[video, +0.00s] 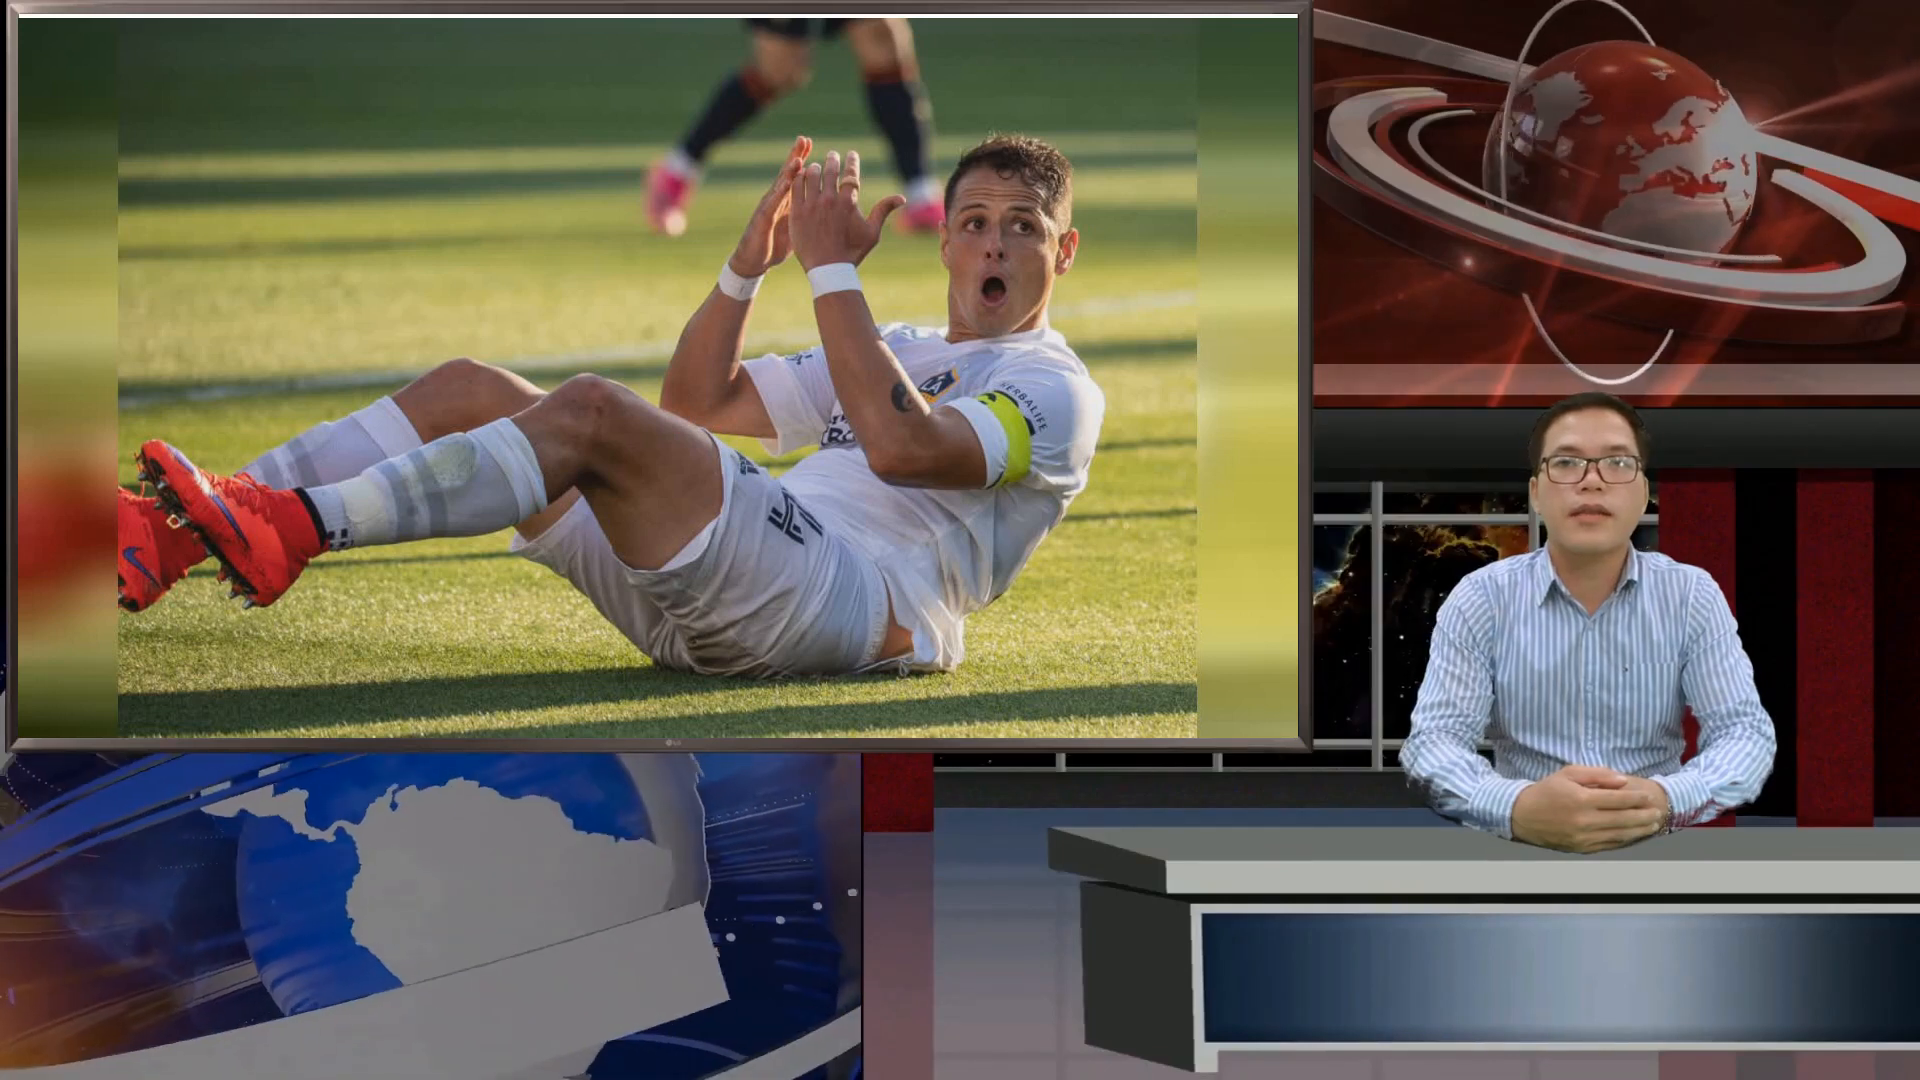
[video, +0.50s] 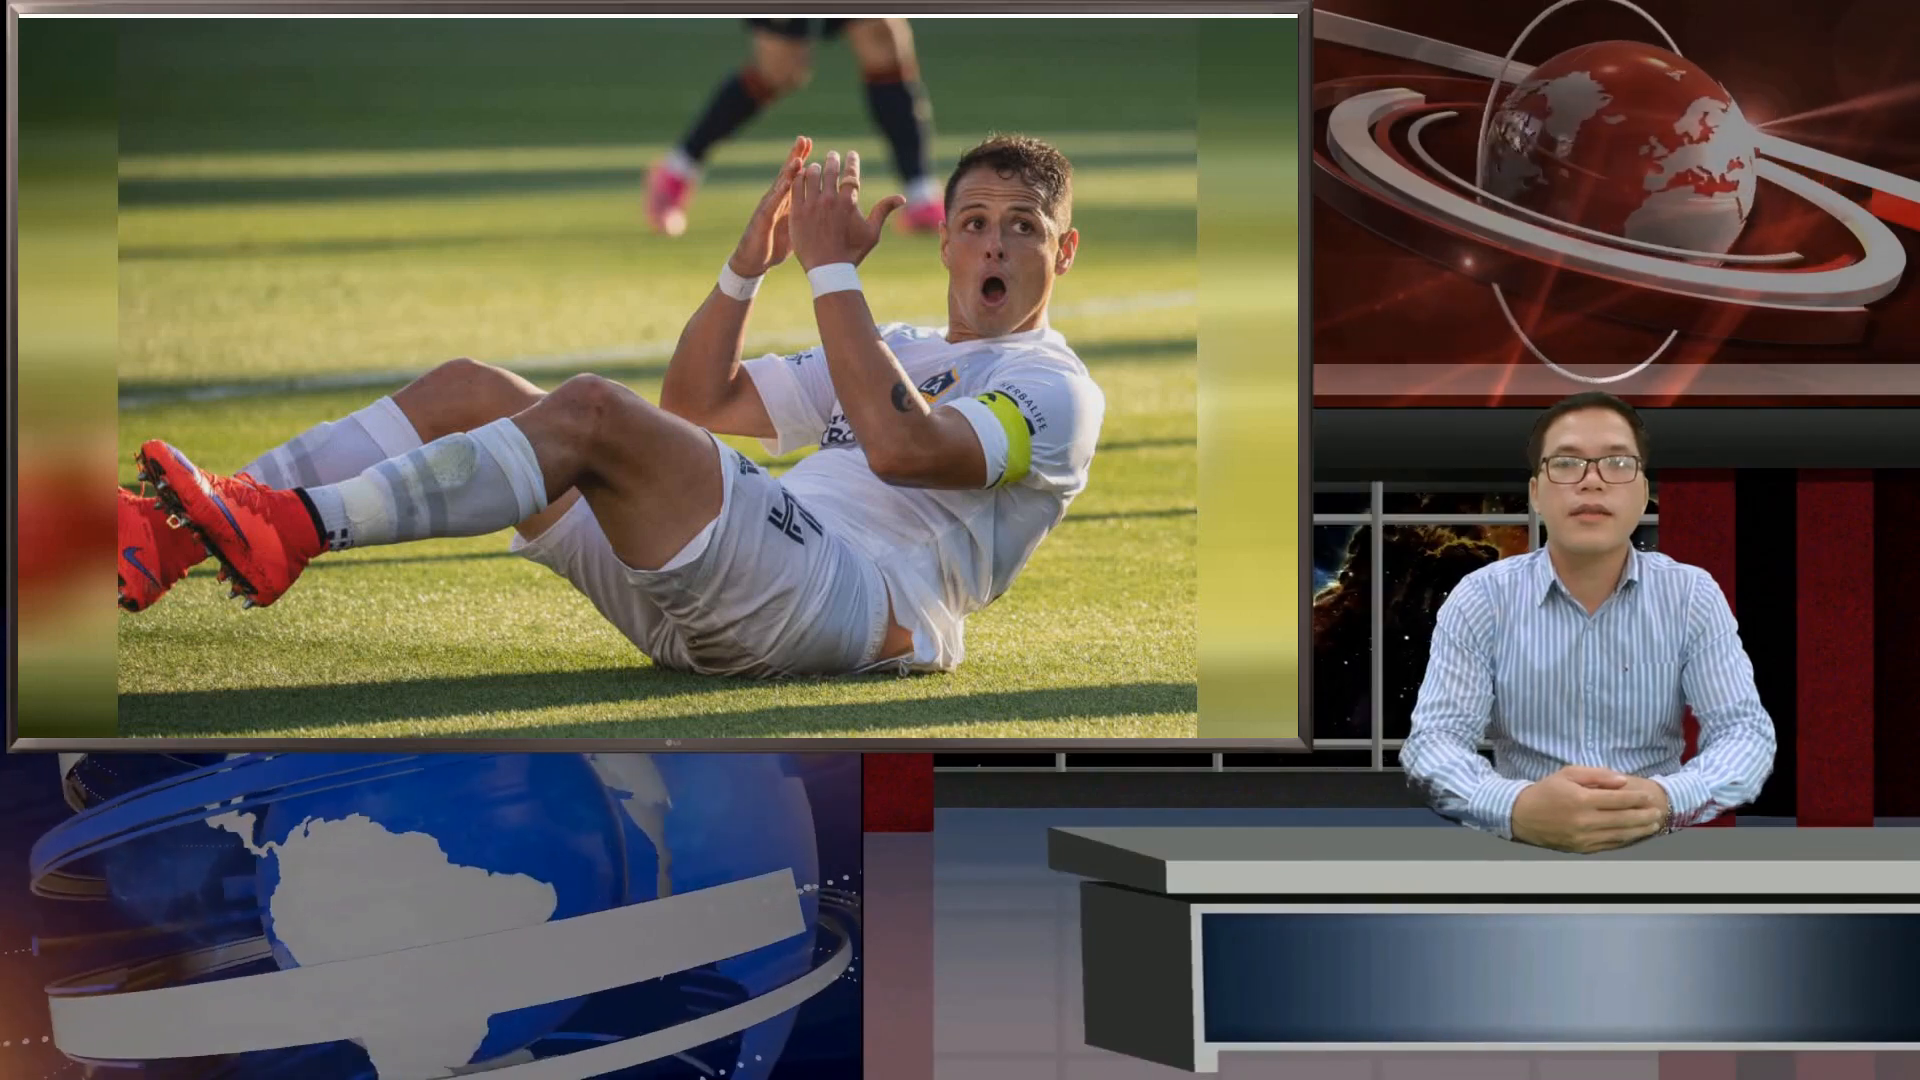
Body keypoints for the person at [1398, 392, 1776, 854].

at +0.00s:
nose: (1592, 481)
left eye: (1616, 463)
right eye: (1567, 463)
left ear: (1644, 494)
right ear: (1536, 494)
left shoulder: (1688, 597)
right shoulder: (1483, 601)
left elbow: (1744, 735)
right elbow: (1432, 746)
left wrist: (1667, 800)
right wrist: (1515, 808)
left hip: (1657, 853)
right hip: (1520, 857)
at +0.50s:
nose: (1591, 481)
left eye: (1616, 463)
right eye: (1566, 463)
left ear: (1643, 493)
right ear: (1536, 494)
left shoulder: (1688, 598)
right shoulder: (1483, 601)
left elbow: (1744, 734)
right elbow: (1432, 745)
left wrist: (1668, 800)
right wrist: (1515, 809)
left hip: (1656, 851)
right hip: (1519, 854)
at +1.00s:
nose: (1593, 481)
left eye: (1617, 463)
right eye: (1568, 463)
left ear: (1645, 493)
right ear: (1537, 494)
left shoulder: (1689, 597)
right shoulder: (1483, 600)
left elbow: (1745, 734)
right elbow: (1432, 745)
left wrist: (1667, 800)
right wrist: (1514, 809)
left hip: (1656, 852)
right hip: (1520, 856)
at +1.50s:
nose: (1594, 482)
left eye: (1618, 464)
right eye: (1568, 463)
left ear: (1645, 494)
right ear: (1538, 494)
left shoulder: (1690, 598)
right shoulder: (1484, 600)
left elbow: (1744, 735)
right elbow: (1432, 745)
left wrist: (1667, 799)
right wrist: (1515, 809)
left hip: (1655, 850)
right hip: (1518, 853)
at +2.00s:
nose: (1594, 482)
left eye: (1618, 464)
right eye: (1568, 464)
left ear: (1646, 495)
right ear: (1538, 495)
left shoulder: (1690, 598)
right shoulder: (1484, 601)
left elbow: (1744, 735)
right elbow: (1432, 745)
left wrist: (1667, 800)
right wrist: (1515, 809)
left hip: (1654, 849)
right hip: (1517, 853)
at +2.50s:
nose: (1594, 482)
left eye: (1618, 464)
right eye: (1568, 464)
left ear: (1645, 495)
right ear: (1538, 495)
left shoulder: (1690, 598)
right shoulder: (1484, 601)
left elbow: (1745, 735)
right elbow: (1432, 745)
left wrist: (1667, 800)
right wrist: (1514, 809)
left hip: (1657, 853)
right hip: (1520, 857)